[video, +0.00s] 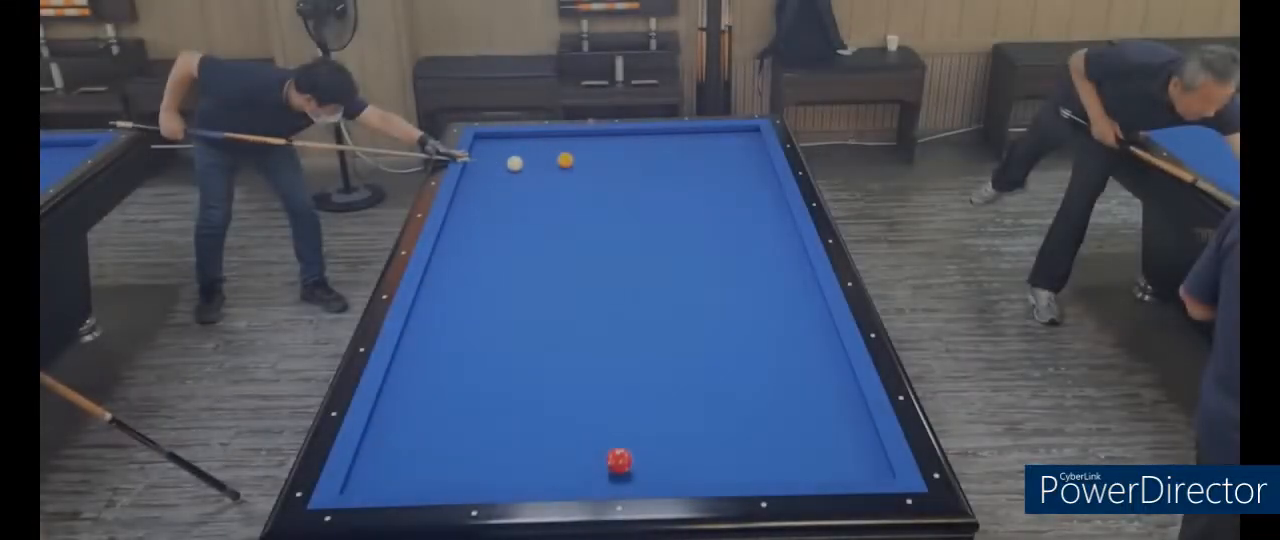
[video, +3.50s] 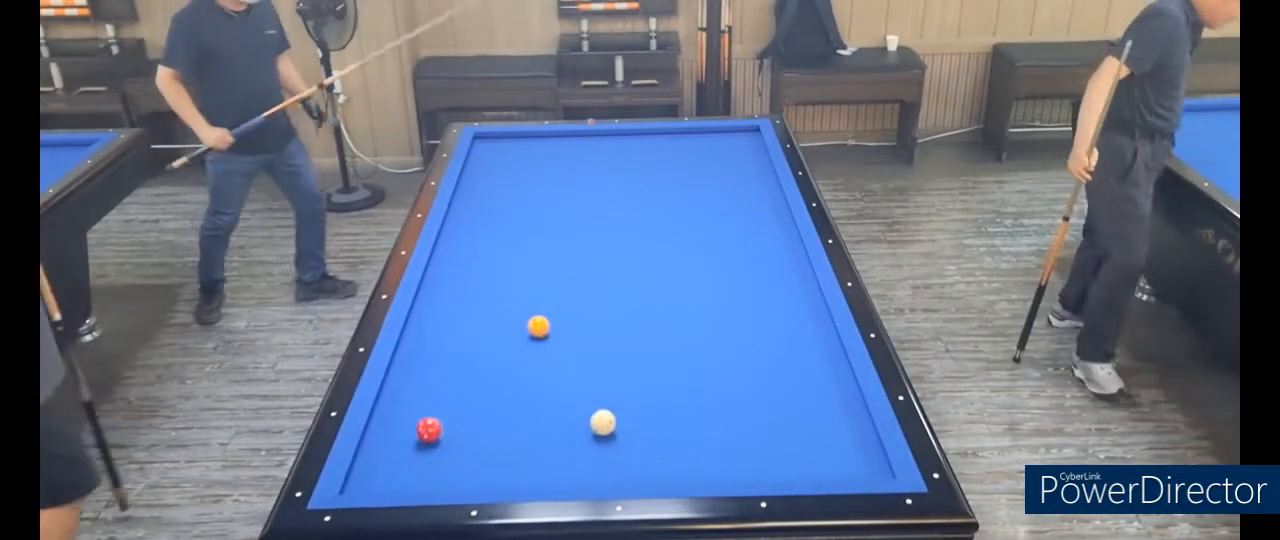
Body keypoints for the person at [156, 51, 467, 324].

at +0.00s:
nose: (330, 119)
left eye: (334, 114)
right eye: (326, 113)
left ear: (330, 100)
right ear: (305, 98)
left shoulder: (329, 93)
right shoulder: (246, 80)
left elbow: (379, 119)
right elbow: (186, 62)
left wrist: (427, 142)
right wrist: (168, 111)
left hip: (270, 141)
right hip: (217, 139)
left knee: (302, 206)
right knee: (214, 217)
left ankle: (314, 284)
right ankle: (209, 292)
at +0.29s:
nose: (333, 118)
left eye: (337, 112)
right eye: (329, 112)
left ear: (317, 98)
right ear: (308, 98)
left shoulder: (331, 92)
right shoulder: (255, 80)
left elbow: (380, 118)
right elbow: (188, 62)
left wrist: (424, 140)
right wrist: (183, 119)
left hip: (272, 144)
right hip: (219, 142)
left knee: (304, 208)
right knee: (216, 217)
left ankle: (314, 285)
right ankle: (209, 292)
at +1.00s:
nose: (329, 83)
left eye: (331, 76)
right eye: (322, 77)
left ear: (334, 72)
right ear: (294, 71)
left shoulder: (329, 83)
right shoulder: (251, 73)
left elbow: (363, 115)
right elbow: (194, 99)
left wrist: (387, 146)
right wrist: (201, 152)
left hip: (275, 147)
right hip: (224, 148)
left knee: (306, 208)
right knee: (218, 221)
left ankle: (314, 284)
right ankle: (209, 291)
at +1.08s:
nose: (320, 72)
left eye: (323, 64)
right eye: (312, 64)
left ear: (327, 58)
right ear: (285, 58)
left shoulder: (323, 75)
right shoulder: (243, 68)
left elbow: (345, 107)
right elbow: (191, 98)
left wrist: (358, 153)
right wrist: (198, 152)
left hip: (276, 146)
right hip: (224, 149)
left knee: (307, 209)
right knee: (219, 219)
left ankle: (314, 284)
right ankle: (209, 291)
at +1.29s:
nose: (300, 42)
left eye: (305, 32)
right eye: (290, 35)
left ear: (310, 27)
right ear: (264, 30)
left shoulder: (307, 51)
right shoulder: (224, 54)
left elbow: (312, 90)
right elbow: (180, 91)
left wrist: (308, 126)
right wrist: (191, 148)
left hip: (273, 144)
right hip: (220, 149)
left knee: (305, 210)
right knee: (215, 222)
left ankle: (313, 284)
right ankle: (209, 292)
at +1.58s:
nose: (255, 26)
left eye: (261, 19)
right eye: (248, 20)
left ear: (268, 7)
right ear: (227, 5)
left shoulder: (274, 23)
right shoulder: (194, 34)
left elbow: (289, 70)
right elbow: (161, 85)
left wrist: (300, 122)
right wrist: (180, 143)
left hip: (265, 141)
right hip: (212, 148)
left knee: (296, 210)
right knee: (210, 223)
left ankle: (313, 283)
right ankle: (209, 292)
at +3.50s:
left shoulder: (263, 9)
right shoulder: (190, 20)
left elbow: (280, 60)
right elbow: (166, 79)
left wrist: (307, 97)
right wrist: (205, 130)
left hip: (280, 139)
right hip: (231, 148)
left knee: (311, 202)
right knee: (221, 220)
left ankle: (312, 280)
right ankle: (210, 291)